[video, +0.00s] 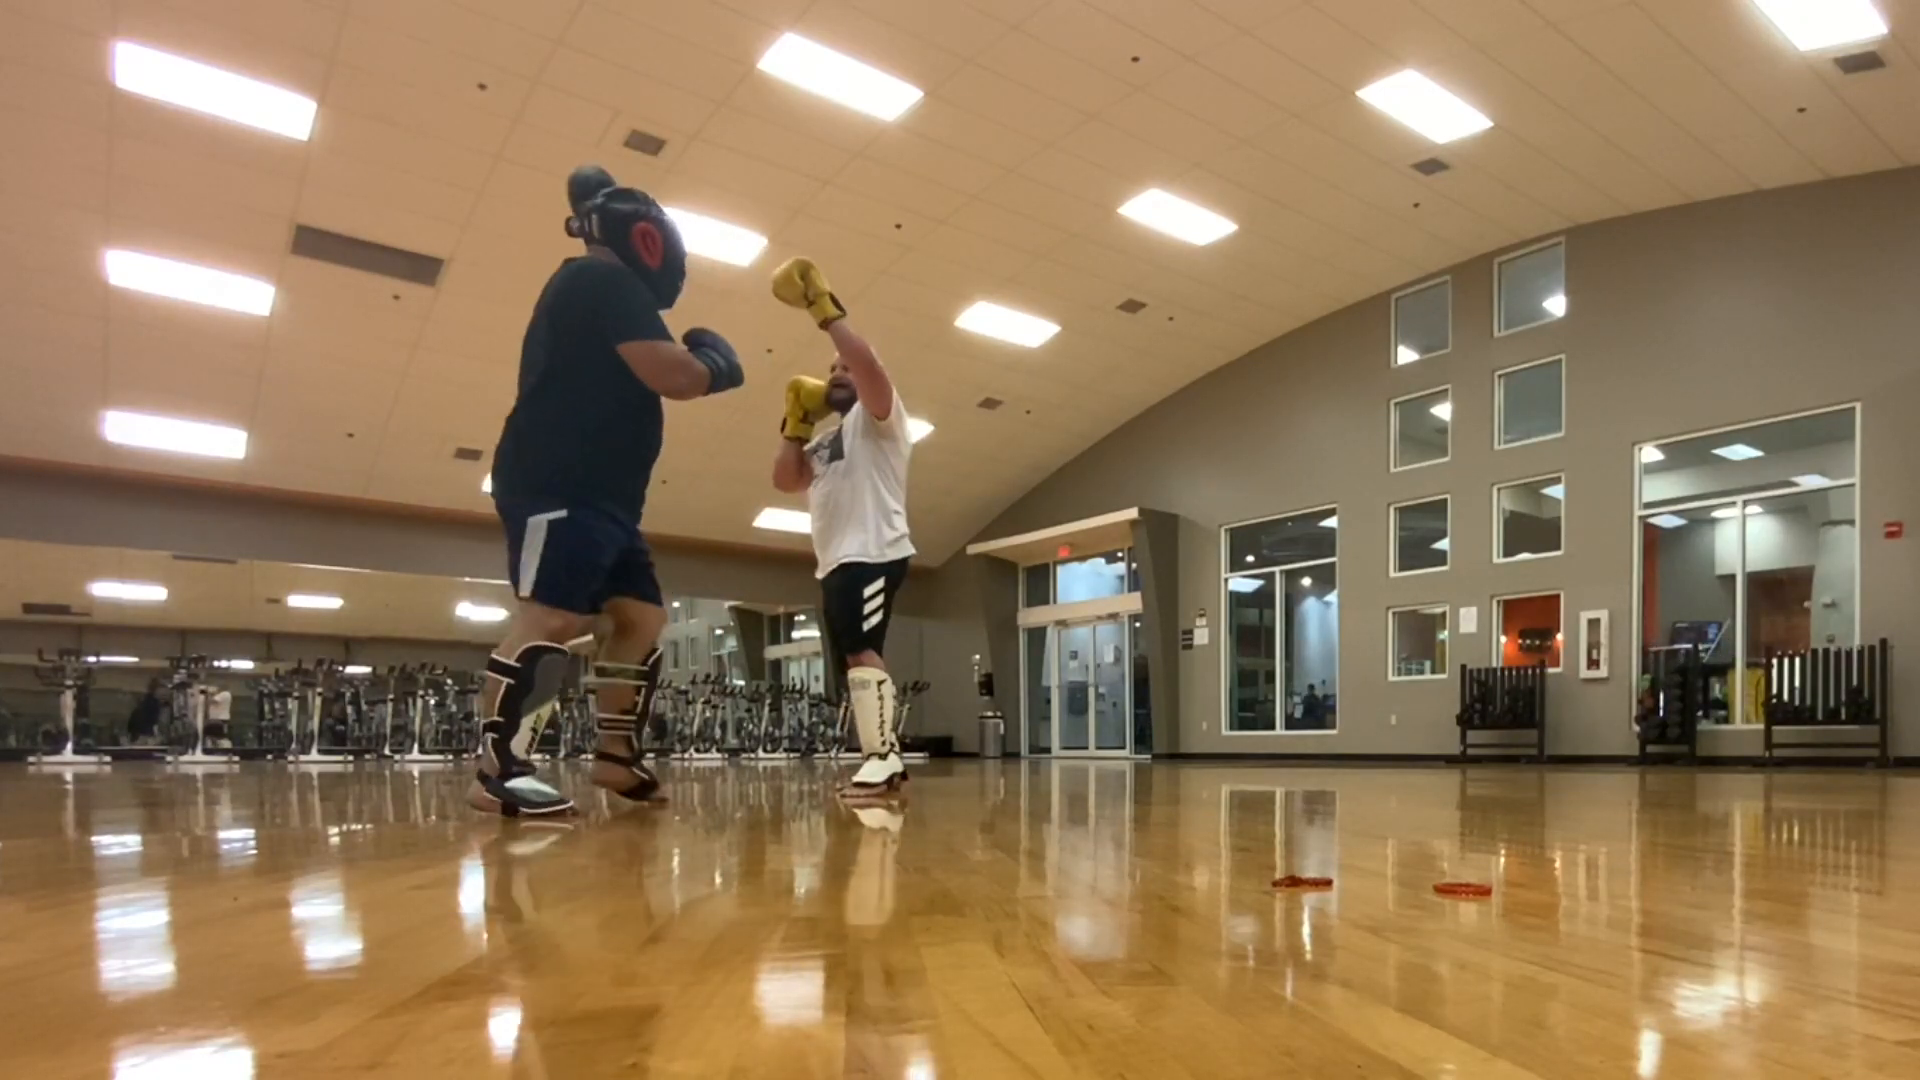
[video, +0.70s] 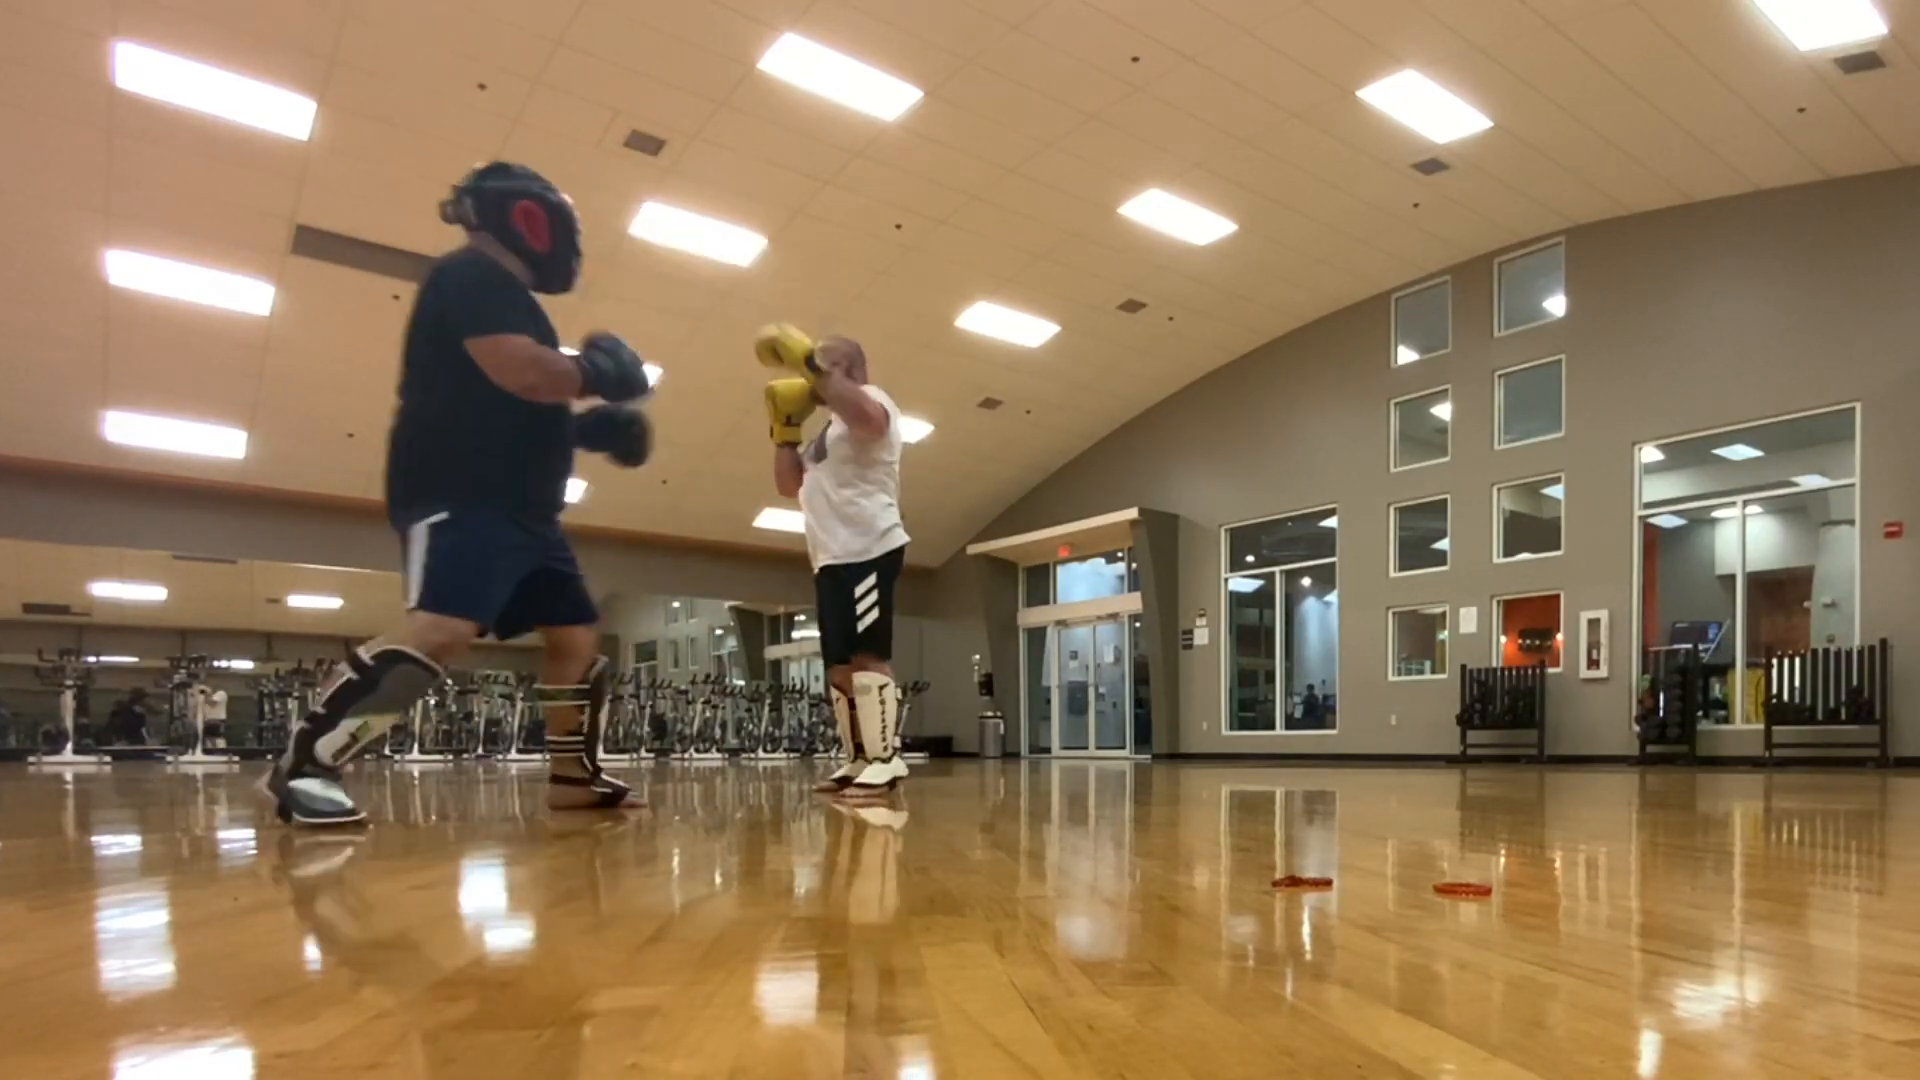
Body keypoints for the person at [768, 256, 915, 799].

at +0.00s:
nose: (838, 377)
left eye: (848, 372)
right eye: (834, 371)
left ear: (863, 381)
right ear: (826, 384)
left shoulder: (877, 419)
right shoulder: (823, 444)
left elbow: (863, 362)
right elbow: (785, 480)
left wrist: (826, 312)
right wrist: (795, 425)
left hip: (873, 547)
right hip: (837, 556)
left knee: (861, 653)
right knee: (857, 659)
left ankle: (880, 759)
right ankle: (881, 756)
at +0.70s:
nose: (822, 377)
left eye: (832, 368)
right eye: (818, 369)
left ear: (858, 370)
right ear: (819, 378)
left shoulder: (873, 402)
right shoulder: (824, 434)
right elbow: (789, 484)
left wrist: (812, 372)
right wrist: (785, 428)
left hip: (868, 548)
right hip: (832, 555)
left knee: (867, 656)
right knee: (838, 664)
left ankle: (884, 761)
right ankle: (855, 760)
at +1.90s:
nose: (776, 332)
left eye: (788, 324)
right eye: (770, 323)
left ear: (811, 339)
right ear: (761, 340)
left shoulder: (834, 382)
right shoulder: (755, 401)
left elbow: (863, 432)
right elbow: (721, 459)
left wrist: (818, 376)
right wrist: (714, 409)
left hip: (829, 541)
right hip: (773, 546)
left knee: (825, 653)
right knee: (753, 652)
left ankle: (837, 770)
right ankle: (786, 747)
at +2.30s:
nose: (717, 338)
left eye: (730, 331)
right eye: (709, 329)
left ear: (755, 342)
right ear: (697, 339)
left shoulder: (784, 388)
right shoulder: (683, 395)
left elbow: (830, 461)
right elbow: (651, 471)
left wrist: (798, 423)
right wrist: (660, 429)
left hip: (769, 536)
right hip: (705, 546)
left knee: (779, 635)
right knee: (705, 658)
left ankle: (818, 750)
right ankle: (710, 766)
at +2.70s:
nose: (727, 312)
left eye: (731, 306)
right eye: (719, 305)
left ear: (740, 321)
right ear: (700, 318)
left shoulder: (759, 377)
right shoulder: (676, 374)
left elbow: (808, 459)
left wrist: (795, 411)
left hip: (744, 532)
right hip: (688, 532)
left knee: (738, 650)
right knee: (691, 651)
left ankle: (751, 767)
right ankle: (699, 758)